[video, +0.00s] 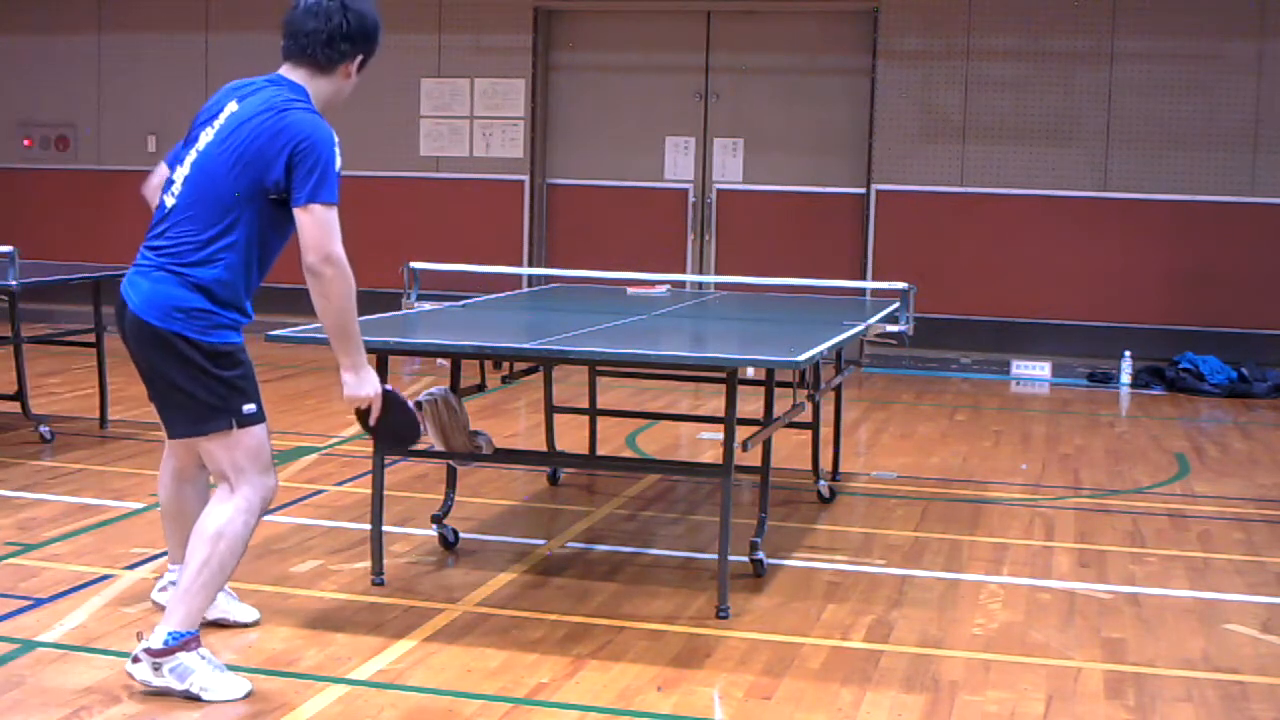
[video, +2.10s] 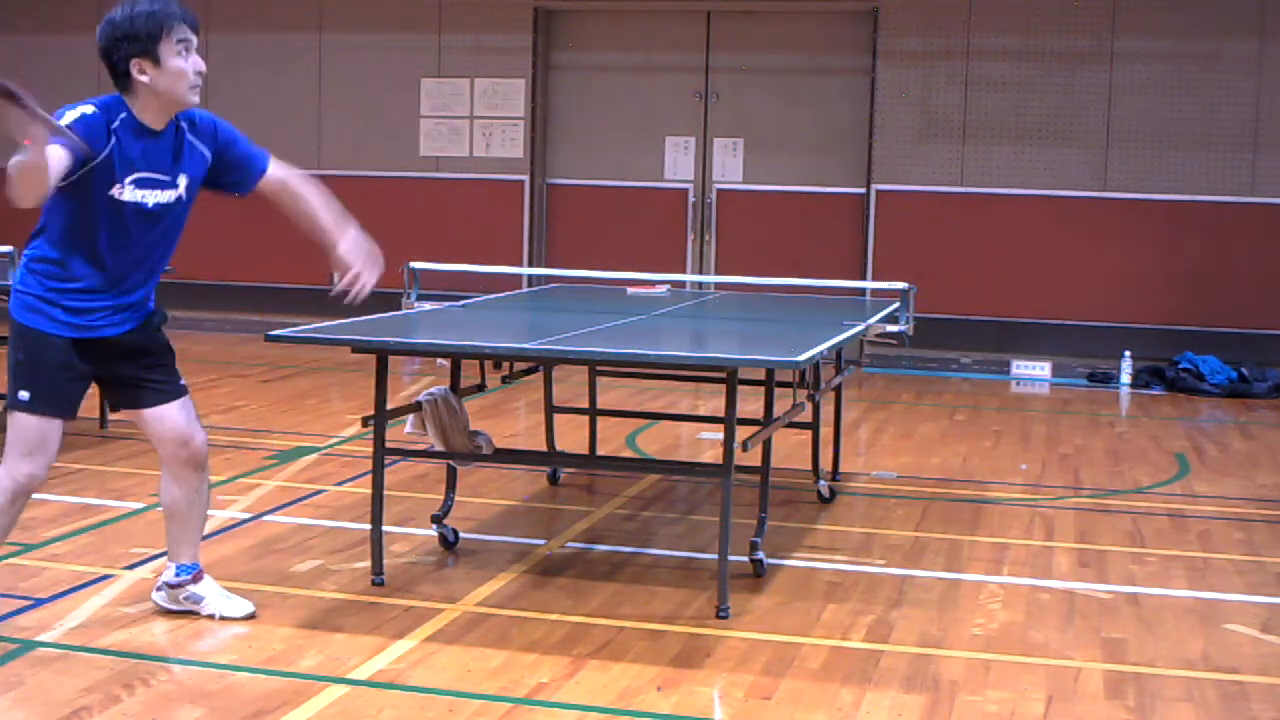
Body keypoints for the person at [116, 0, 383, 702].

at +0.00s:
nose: (360, 81)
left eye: (364, 69)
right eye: (364, 68)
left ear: (290, 45)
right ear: (353, 63)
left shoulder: (235, 95)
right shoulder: (309, 132)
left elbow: (158, 187)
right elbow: (322, 259)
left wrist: (208, 249)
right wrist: (355, 368)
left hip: (147, 300)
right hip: (192, 317)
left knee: (186, 451)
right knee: (251, 483)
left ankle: (184, 579)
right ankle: (169, 646)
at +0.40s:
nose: (336, 99)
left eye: (342, 86)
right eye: (340, 84)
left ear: (294, 65)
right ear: (319, 73)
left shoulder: (250, 115)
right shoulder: (256, 121)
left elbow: (227, 230)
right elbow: (240, 238)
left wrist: (286, 257)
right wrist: (315, 289)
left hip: (209, 315)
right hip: (166, 312)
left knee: (220, 454)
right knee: (184, 464)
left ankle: (183, 582)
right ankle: (166, 638)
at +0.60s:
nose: (334, 93)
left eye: (339, 79)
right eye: (333, 76)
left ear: (300, 68)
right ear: (297, 64)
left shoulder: (268, 134)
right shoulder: (229, 109)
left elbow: (264, 226)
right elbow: (200, 215)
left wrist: (335, 235)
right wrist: (292, 251)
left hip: (202, 302)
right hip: (141, 293)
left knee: (211, 447)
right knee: (141, 445)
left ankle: (183, 582)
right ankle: (76, 606)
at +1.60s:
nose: (265, 78)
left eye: (265, 64)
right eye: (253, 63)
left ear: (221, 72)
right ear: (208, 70)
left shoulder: (246, 133)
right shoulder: (150, 126)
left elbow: (315, 189)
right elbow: (178, 231)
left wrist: (388, 173)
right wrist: (270, 201)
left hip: (152, 304)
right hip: (80, 297)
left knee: (190, 434)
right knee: (35, 448)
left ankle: (180, 578)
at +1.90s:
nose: (208, 50)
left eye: (204, 38)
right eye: (192, 38)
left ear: (172, 56)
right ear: (149, 55)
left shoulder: (205, 116)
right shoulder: (99, 119)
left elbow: (300, 140)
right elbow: (73, 217)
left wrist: (383, 156)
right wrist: (178, 235)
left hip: (133, 305)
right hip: (56, 305)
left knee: (180, 439)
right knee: (19, 462)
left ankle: (181, 578)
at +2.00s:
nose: (202, 52)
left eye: (198, 39)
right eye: (185, 40)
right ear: (142, 59)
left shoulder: (206, 122)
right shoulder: (92, 121)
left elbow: (302, 150)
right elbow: (21, 190)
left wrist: (381, 177)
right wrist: (107, 208)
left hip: (131, 310)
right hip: (51, 310)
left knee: (180, 440)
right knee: (17, 467)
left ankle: (180, 578)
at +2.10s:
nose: (200, 65)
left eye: (198, 50)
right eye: (183, 51)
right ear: (138, 68)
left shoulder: (204, 135)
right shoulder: (93, 125)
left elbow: (286, 183)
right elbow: (24, 195)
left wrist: (348, 236)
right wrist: (32, 152)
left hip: (130, 316)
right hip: (48, 313)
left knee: (187, 447)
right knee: (23, 470)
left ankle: (183, 577)